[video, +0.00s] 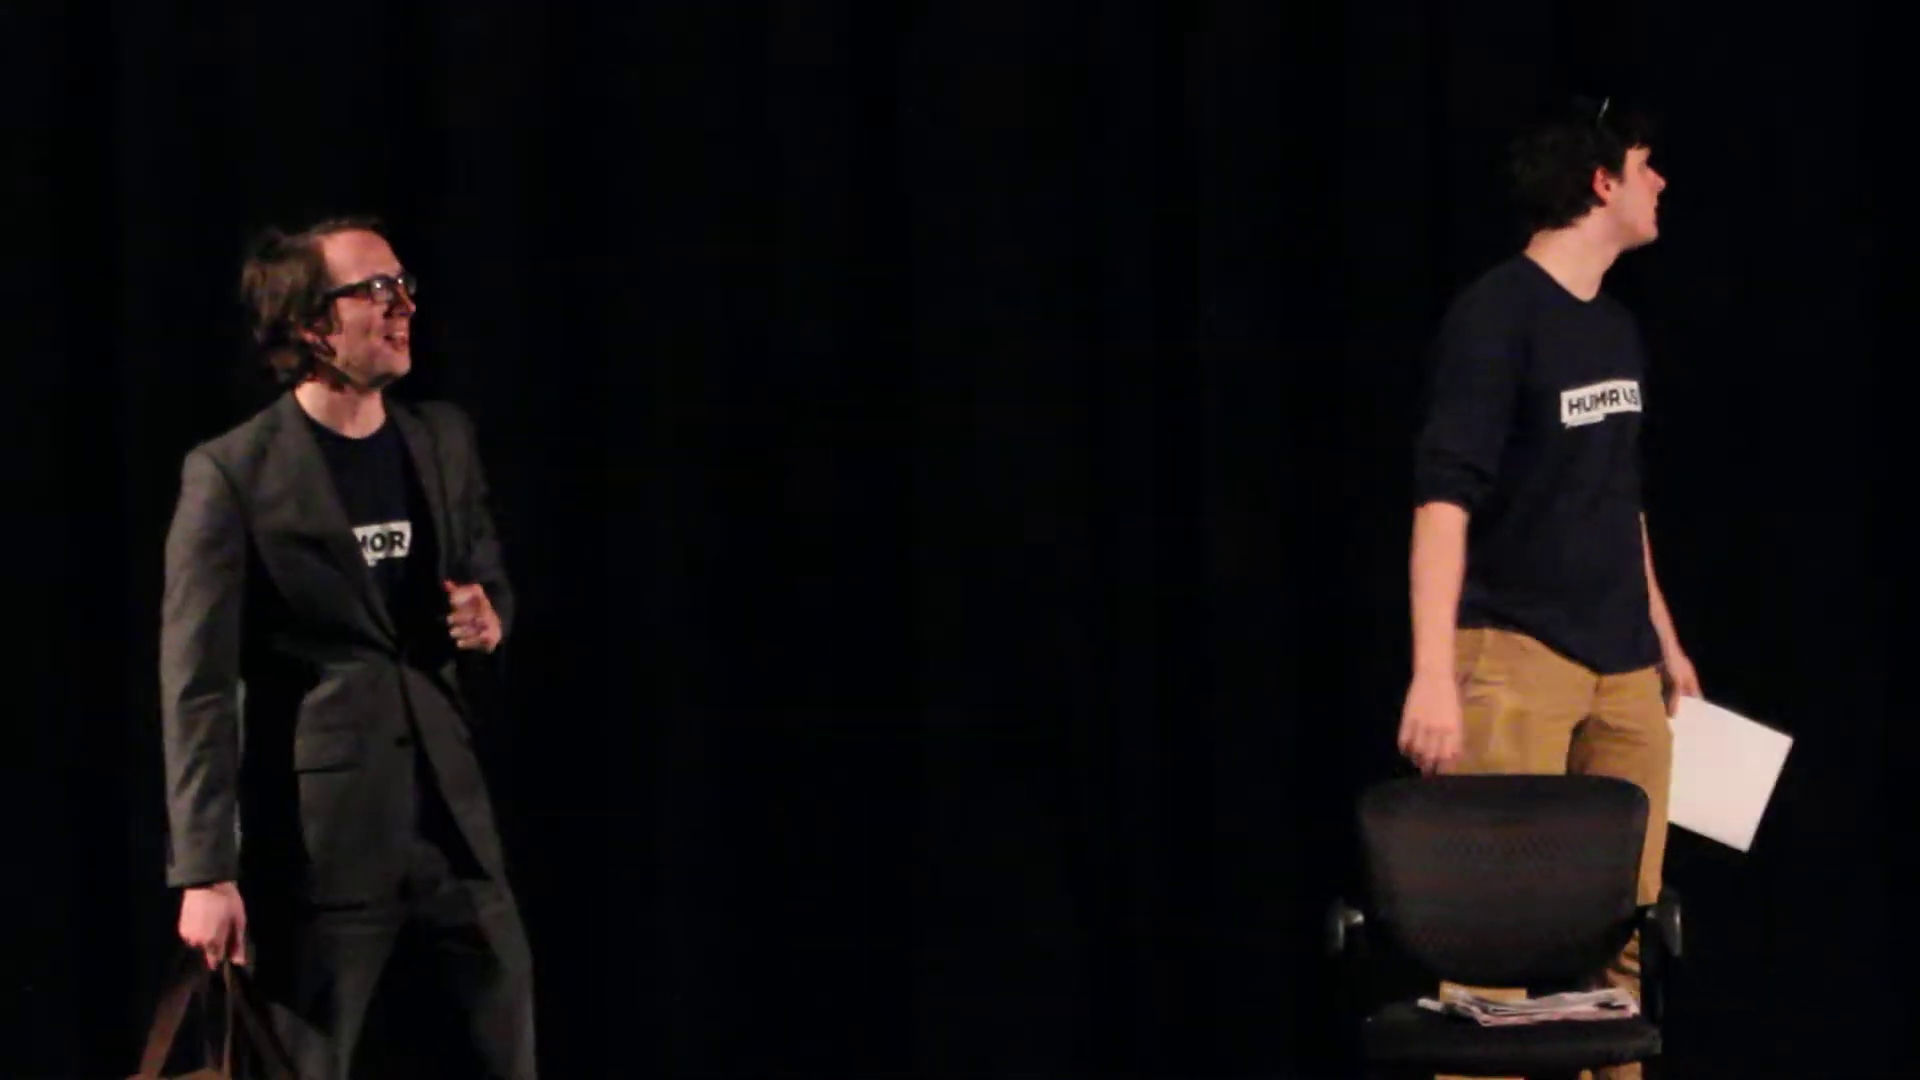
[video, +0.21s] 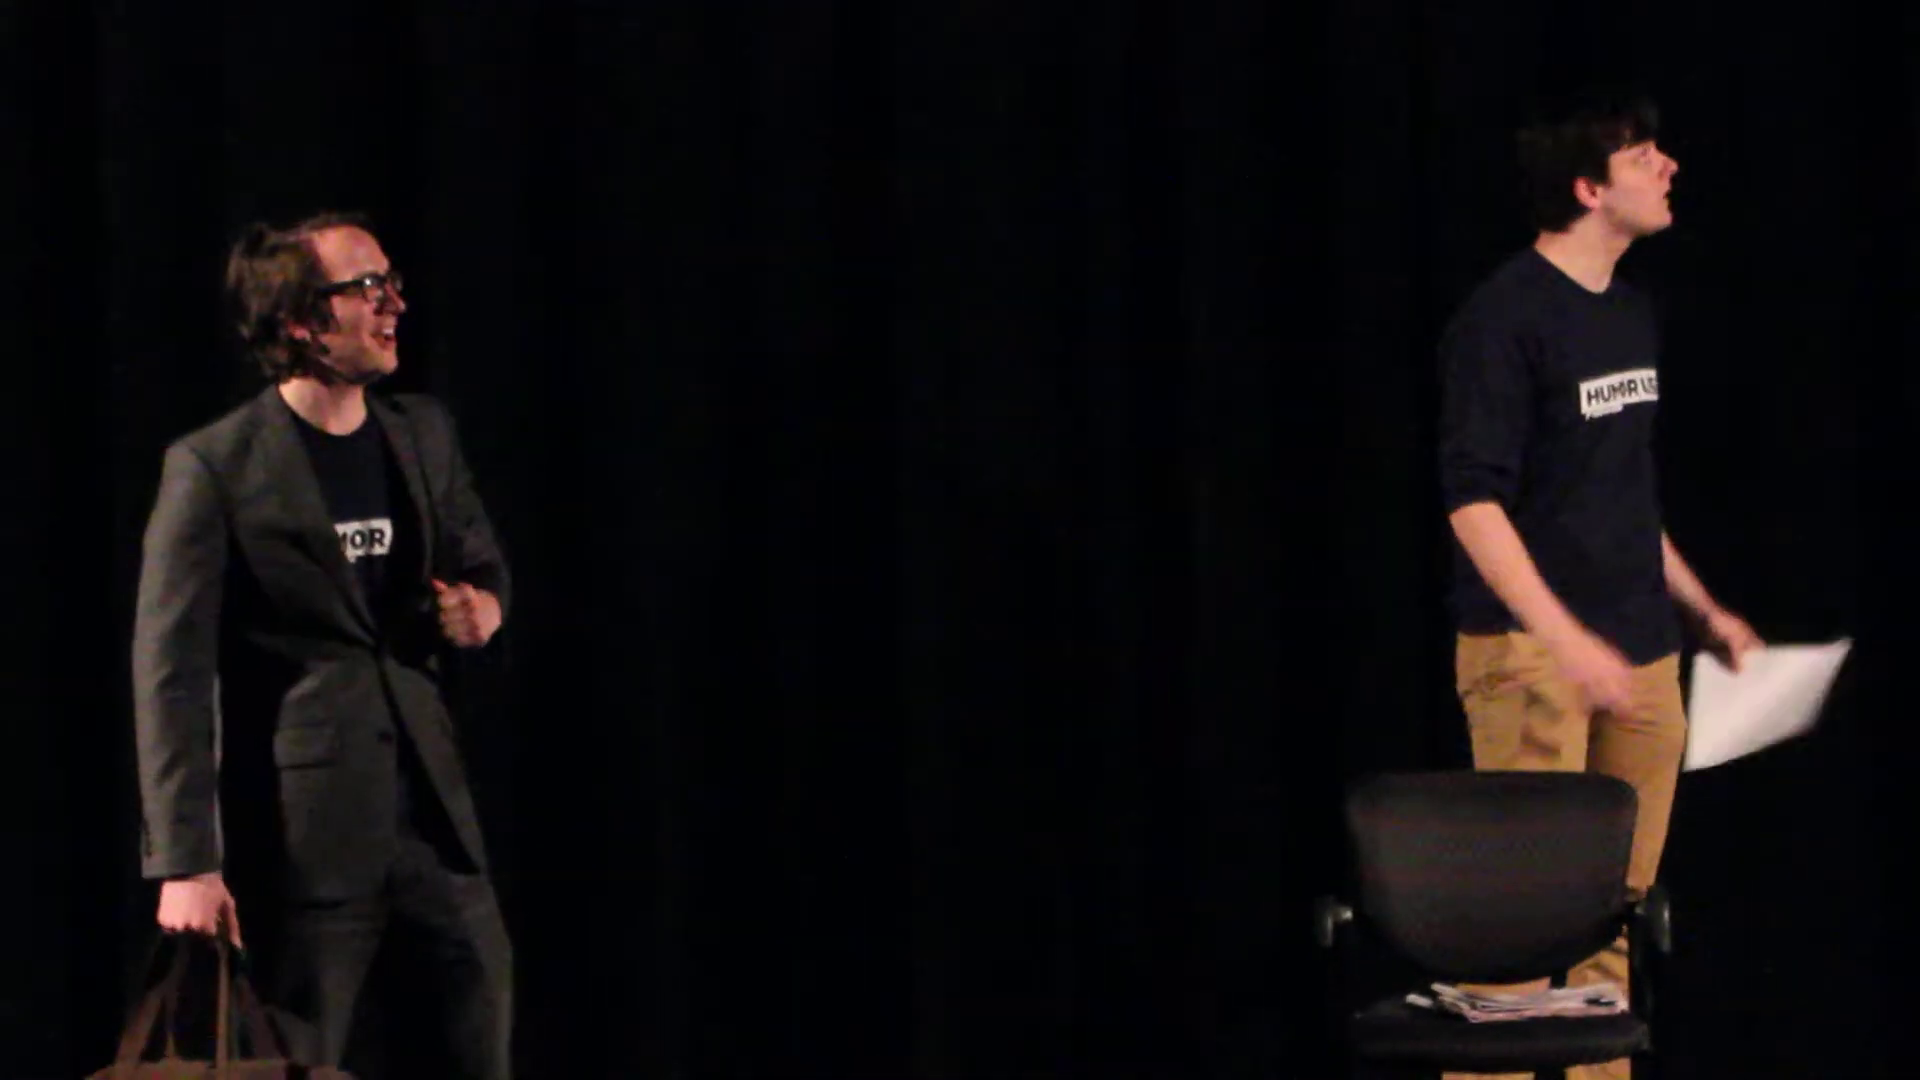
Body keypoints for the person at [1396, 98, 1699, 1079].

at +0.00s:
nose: (1660, 185)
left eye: (1652, 167)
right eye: (1645, 168)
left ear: (1599, 186)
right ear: (1600, 185)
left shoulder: (1616, 327)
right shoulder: (1495, 315)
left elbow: (1620, 507)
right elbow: (1443, 501)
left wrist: (1665, 643)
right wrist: (1432, 674)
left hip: (1626, 661)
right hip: (1512, 656)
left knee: (1621, 924)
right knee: (1493, 923)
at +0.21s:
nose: (1669, 169)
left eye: (1659, 153)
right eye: (1644, 158)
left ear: (1606, 190)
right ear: (1587, 190)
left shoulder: (1630, 310)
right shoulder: (1504, 314)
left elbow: (1623, 499)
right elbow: (1469, 499)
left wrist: (1706, 612)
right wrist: (1566, 640)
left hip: (1640, 645)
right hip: (1525, 645)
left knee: (1617, 907)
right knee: (1523, 906)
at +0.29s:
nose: (1655, 170)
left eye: (1648, 153)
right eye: (1626, 161)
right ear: (1567, 197)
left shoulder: (1642, 304)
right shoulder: (1498, 312)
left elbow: (1646, 473)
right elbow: (1469, 500)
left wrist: (1733, 565)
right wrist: (1610, 602)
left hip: (1641, 642)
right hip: (1523, 644)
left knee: (1615, 908)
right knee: (1520, 905)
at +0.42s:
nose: (1617, 179)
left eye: (1617, 159)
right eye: (1587, 169)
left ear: (1626, 170)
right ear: (1532, 199)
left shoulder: (1657, 299)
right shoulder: (1482, 315)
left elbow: (1687, 440)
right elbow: (1458, 497)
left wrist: (1719, 484)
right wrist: (1610, 536)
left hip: (1641, 637)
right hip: (1517, 636)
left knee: (1613, 893)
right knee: (1507, 884)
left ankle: (1595, 1076)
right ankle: (1472, 1077)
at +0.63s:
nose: (1539, 204)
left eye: (1549, 178)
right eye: (1513, 191)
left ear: (1581, 177)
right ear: (1483, 212)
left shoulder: (1656, 302)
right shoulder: (1449, 318)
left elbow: (1726, 460)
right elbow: (1409, 492)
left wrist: (1672, 443)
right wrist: (1539, 480)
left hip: (1619, 639)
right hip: (1488, 635)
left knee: (1598, 888)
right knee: (1483, 879)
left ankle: (1585, 1074)